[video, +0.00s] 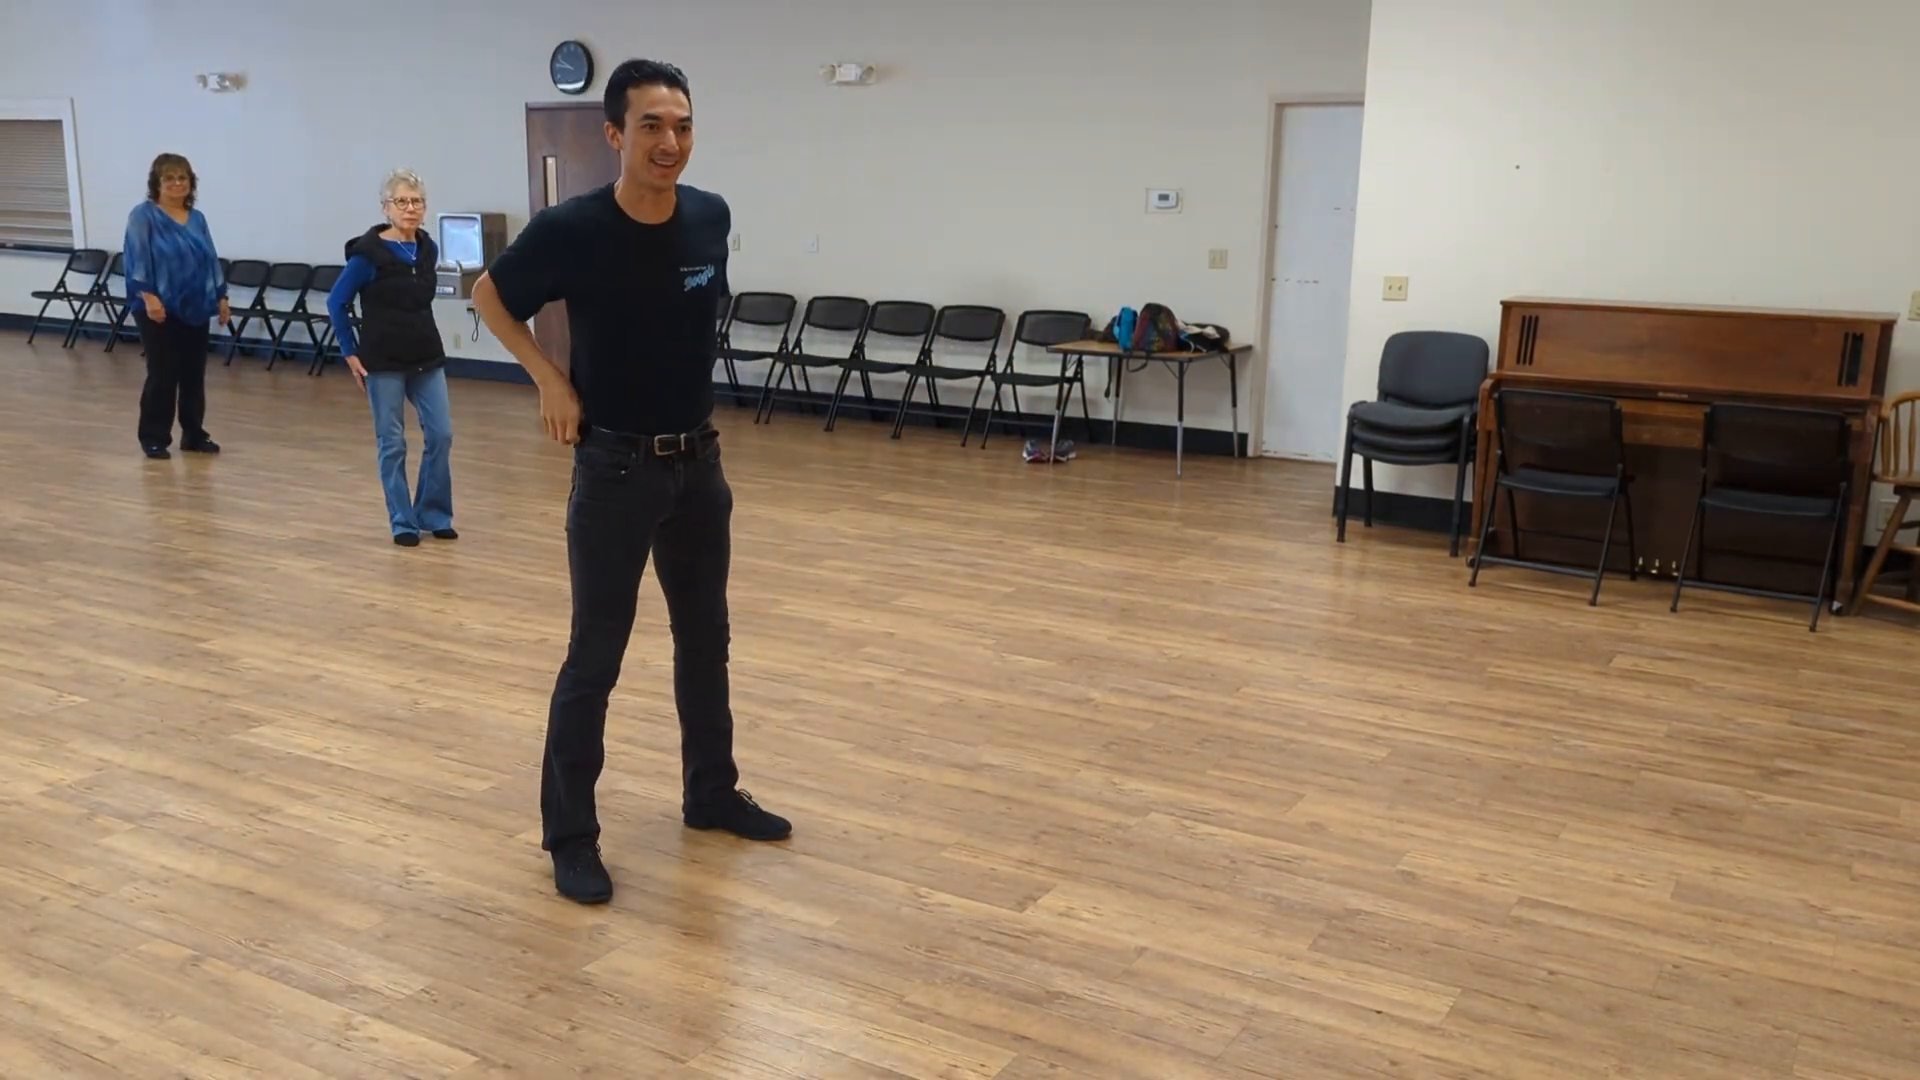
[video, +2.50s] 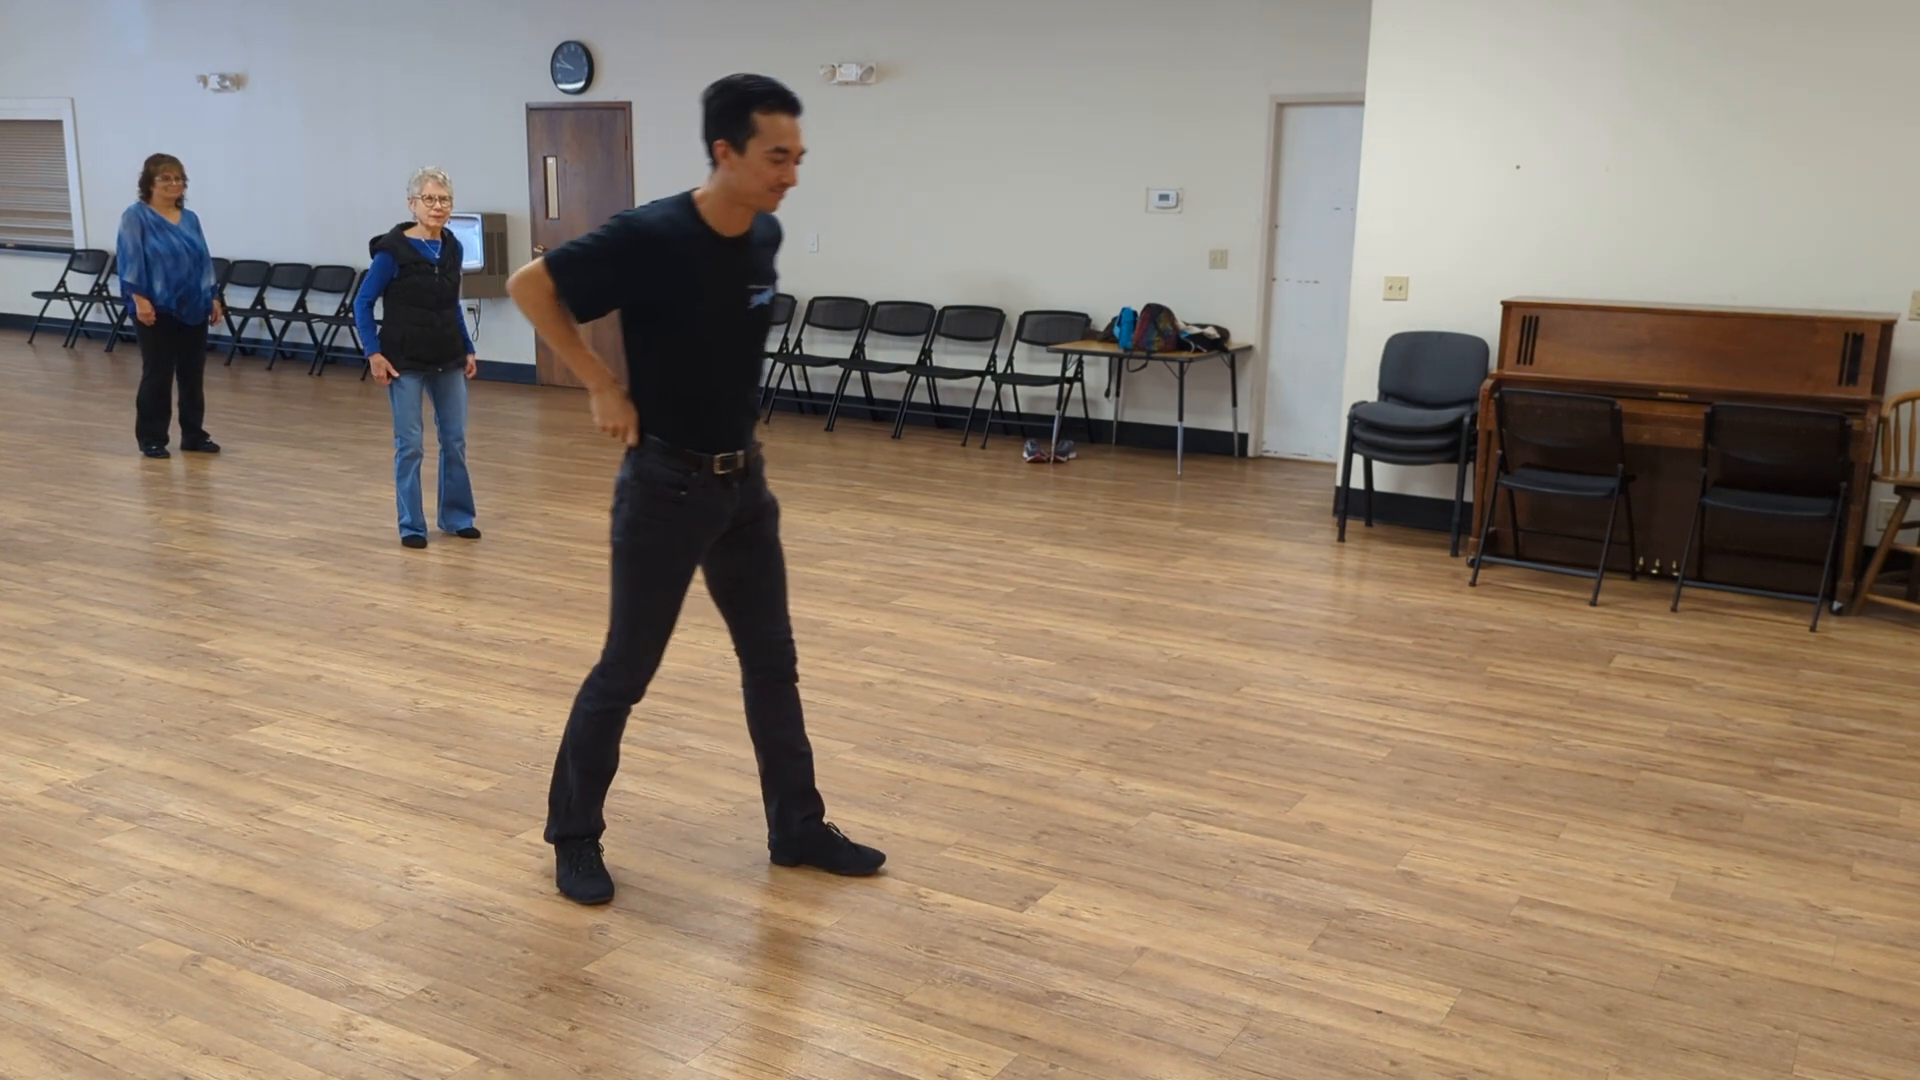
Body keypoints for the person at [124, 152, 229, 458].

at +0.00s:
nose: (176, 183)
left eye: (182, 178)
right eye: (169, 178)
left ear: (190, 183)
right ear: (157, 182)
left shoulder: (197, 218)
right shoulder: (143, 215)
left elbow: (211, 261)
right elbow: (137, 262)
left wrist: (221, 297)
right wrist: (148, 296)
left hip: (195, 308)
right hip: (159, 307)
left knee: (193, 373)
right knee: (163, 373)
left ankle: (193, 434)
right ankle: (154, 439)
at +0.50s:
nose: (174, 183)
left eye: (180, 178)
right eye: (167, 178)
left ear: (187, 183)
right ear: (154, 183)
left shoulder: (194, 218)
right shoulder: (141, 215)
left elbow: (207, 261)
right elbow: (137, 261)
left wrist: (217, 296)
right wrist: (149, 295)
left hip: (195, 307)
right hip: (159, 307)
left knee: (193, 373)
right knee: (160, 373)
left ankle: (193, 434)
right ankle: (152, 439)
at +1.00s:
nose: (166, 183)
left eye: (172, 178)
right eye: (159, 178)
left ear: (180, 183)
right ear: (147, 183)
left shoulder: (189, 218)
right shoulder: (134, 216)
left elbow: (204, 261)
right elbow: (128, 262)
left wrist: (214, 296)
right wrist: (134, 298)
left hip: (192, 308)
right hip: (155, 308)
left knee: (192, 375)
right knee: (157, 375)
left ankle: (193, 436)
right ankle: (152, 440)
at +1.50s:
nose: (165, 183)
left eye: (171, 178)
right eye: (158, 178)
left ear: (179, 183)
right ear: (145, 183)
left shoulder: (187, 217)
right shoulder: (133, 216)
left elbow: (202, 261)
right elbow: (129, 262)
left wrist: (212, 296)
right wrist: (140, 298)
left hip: (191, 308)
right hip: (155, 308)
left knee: (191, 374)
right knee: (157, 374)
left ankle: (193, 436)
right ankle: (152, 440)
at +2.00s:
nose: (168, 183)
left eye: (174, 178)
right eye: (161, 178)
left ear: (180, 183)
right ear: (147, 183)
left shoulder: (188, 218)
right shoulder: (135, 216)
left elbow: (202, 262)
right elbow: (130, 262)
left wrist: (212, 296)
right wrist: (139, 298)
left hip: (192, 307)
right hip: (156, 308)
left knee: (192, 375)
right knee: (157, 375)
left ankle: (193, 436)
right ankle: (152, 440)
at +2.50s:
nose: (174, 183)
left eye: (179, 179)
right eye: (166, 178)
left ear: (184, 183)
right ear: (150, 183)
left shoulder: (189, 218)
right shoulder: (135, 216)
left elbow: (204, 261)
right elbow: (130, 262)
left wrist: (213, 296)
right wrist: (139, 297)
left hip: (192, 308)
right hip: (156, 308)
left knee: (192, 375)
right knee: (158, 374)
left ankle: (193, 436)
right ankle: (152, 440)